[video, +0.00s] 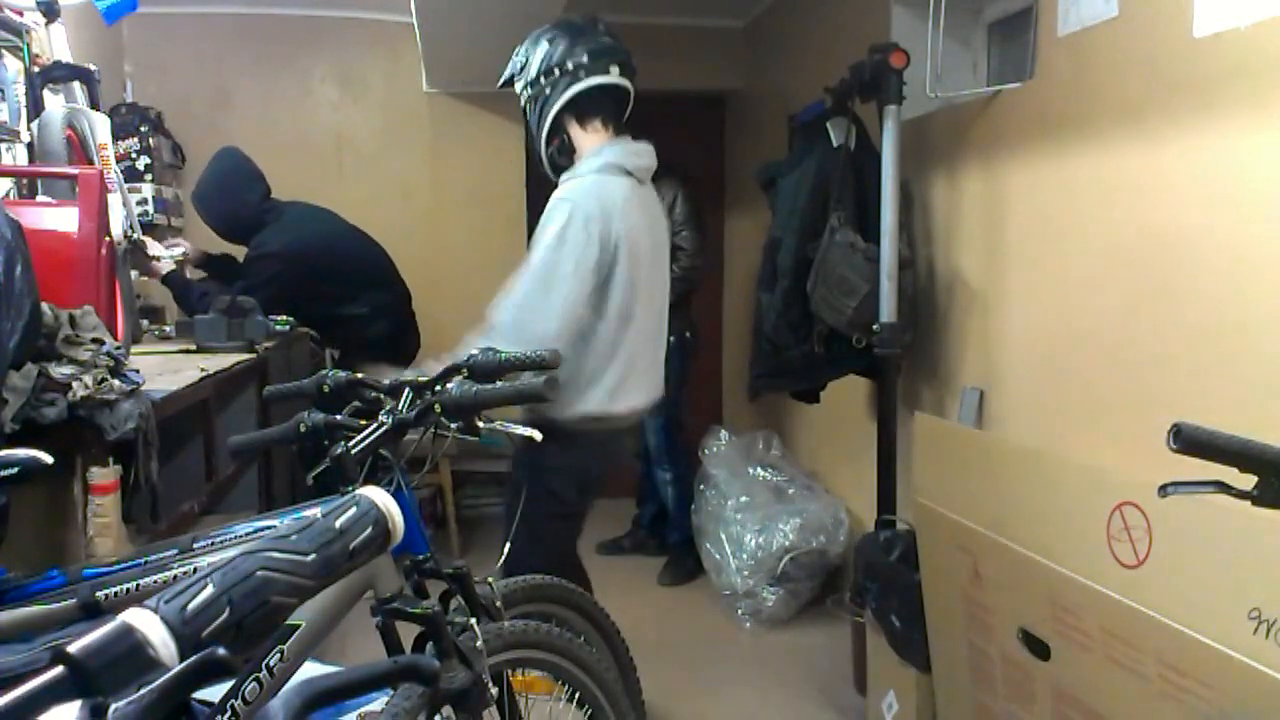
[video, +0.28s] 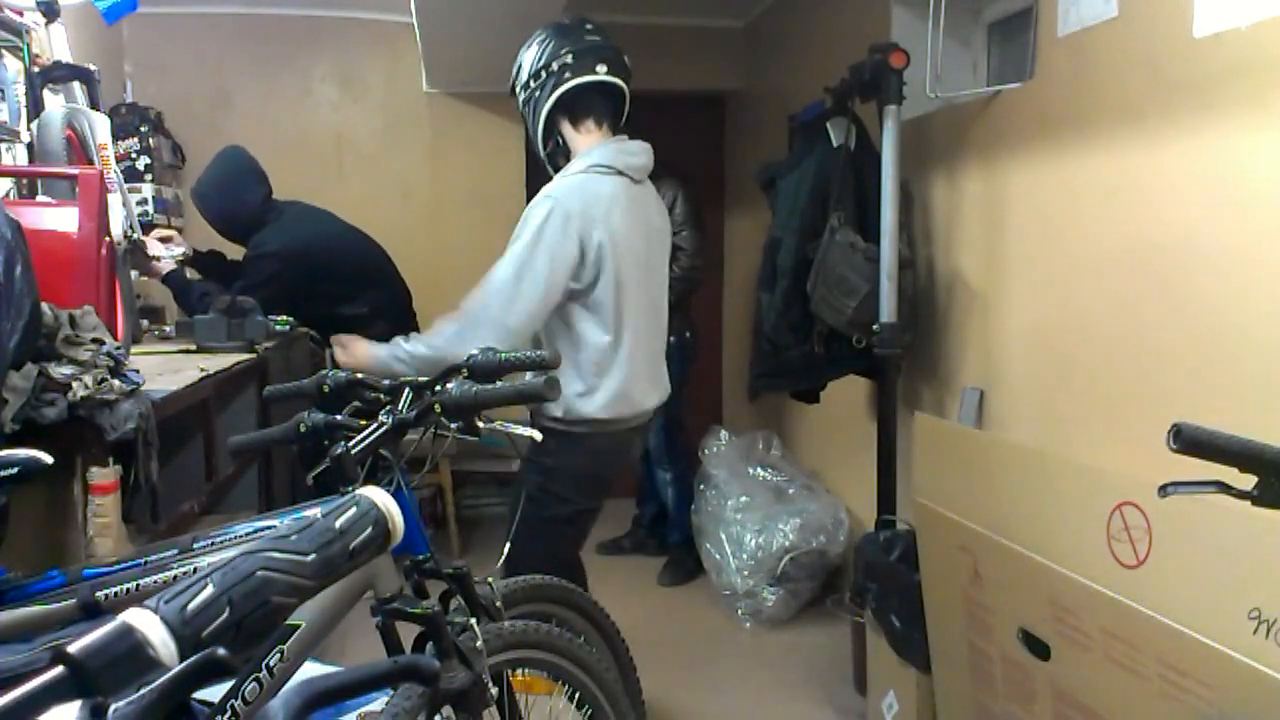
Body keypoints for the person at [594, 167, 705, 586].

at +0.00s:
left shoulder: (667, 189)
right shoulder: (612, 199)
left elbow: (688, 261)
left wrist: (649, 296)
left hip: (668, 328)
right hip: (633, 327)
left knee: (663, 431)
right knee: (644, 431)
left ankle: (684, 541)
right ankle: (649, 526)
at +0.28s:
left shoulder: (667, 190)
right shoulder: (606, 200)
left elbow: (689, 261)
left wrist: (651, 301)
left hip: (666, 331)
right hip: (631, 329)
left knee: (664, 433)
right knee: (643, 433)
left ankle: (684, 541)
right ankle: (650, 526)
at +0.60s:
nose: (611, 169)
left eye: (613, 163)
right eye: (608, 164)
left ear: (631, 157)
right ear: (616, 162)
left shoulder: (668, 192)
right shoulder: (616, 199)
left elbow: (689, 264)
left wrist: (647, 304)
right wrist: (617, 303)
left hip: (667, 330)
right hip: (634, 330)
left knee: (662, 434)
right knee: (640, 436)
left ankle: (685, 542)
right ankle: (650, 527)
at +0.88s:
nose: (611, 169)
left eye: (614, 159)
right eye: (607, 163)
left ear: (634, 152)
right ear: (626, 156)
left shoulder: (669, 191)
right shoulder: (621, 196)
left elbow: (690, 260)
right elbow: (620, 256)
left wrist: (652, 299)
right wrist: (618, 297)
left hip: (664, 333)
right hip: (631, 332)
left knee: (663, 442)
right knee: (640, 441)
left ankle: (685, 545)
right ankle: (650, 529)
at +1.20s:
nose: (603, 170)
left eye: (607, 160)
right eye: (599, 163)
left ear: (632, 152)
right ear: (616, 161)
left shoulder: (668, 192)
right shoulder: (618, 201)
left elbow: (690, 260)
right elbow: (616, 261)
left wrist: (649, 302)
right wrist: (615, 302)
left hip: (665, 332)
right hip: (630, 332)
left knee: (664, 439)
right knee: (640, 439)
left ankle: (685, 545)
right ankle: (649, 528)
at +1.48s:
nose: (603, 169)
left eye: (607, 159)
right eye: (598, 162)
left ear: (632, 152)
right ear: (611, 160)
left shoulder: (668, 192)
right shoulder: (614, 200)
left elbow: (688, 261)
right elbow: (610, 264)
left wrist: (652, 307)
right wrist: (610, 306)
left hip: (665, 330)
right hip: (626, 330)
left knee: (663, 435)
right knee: (640, 437)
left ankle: (685, 543)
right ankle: (650, 526)